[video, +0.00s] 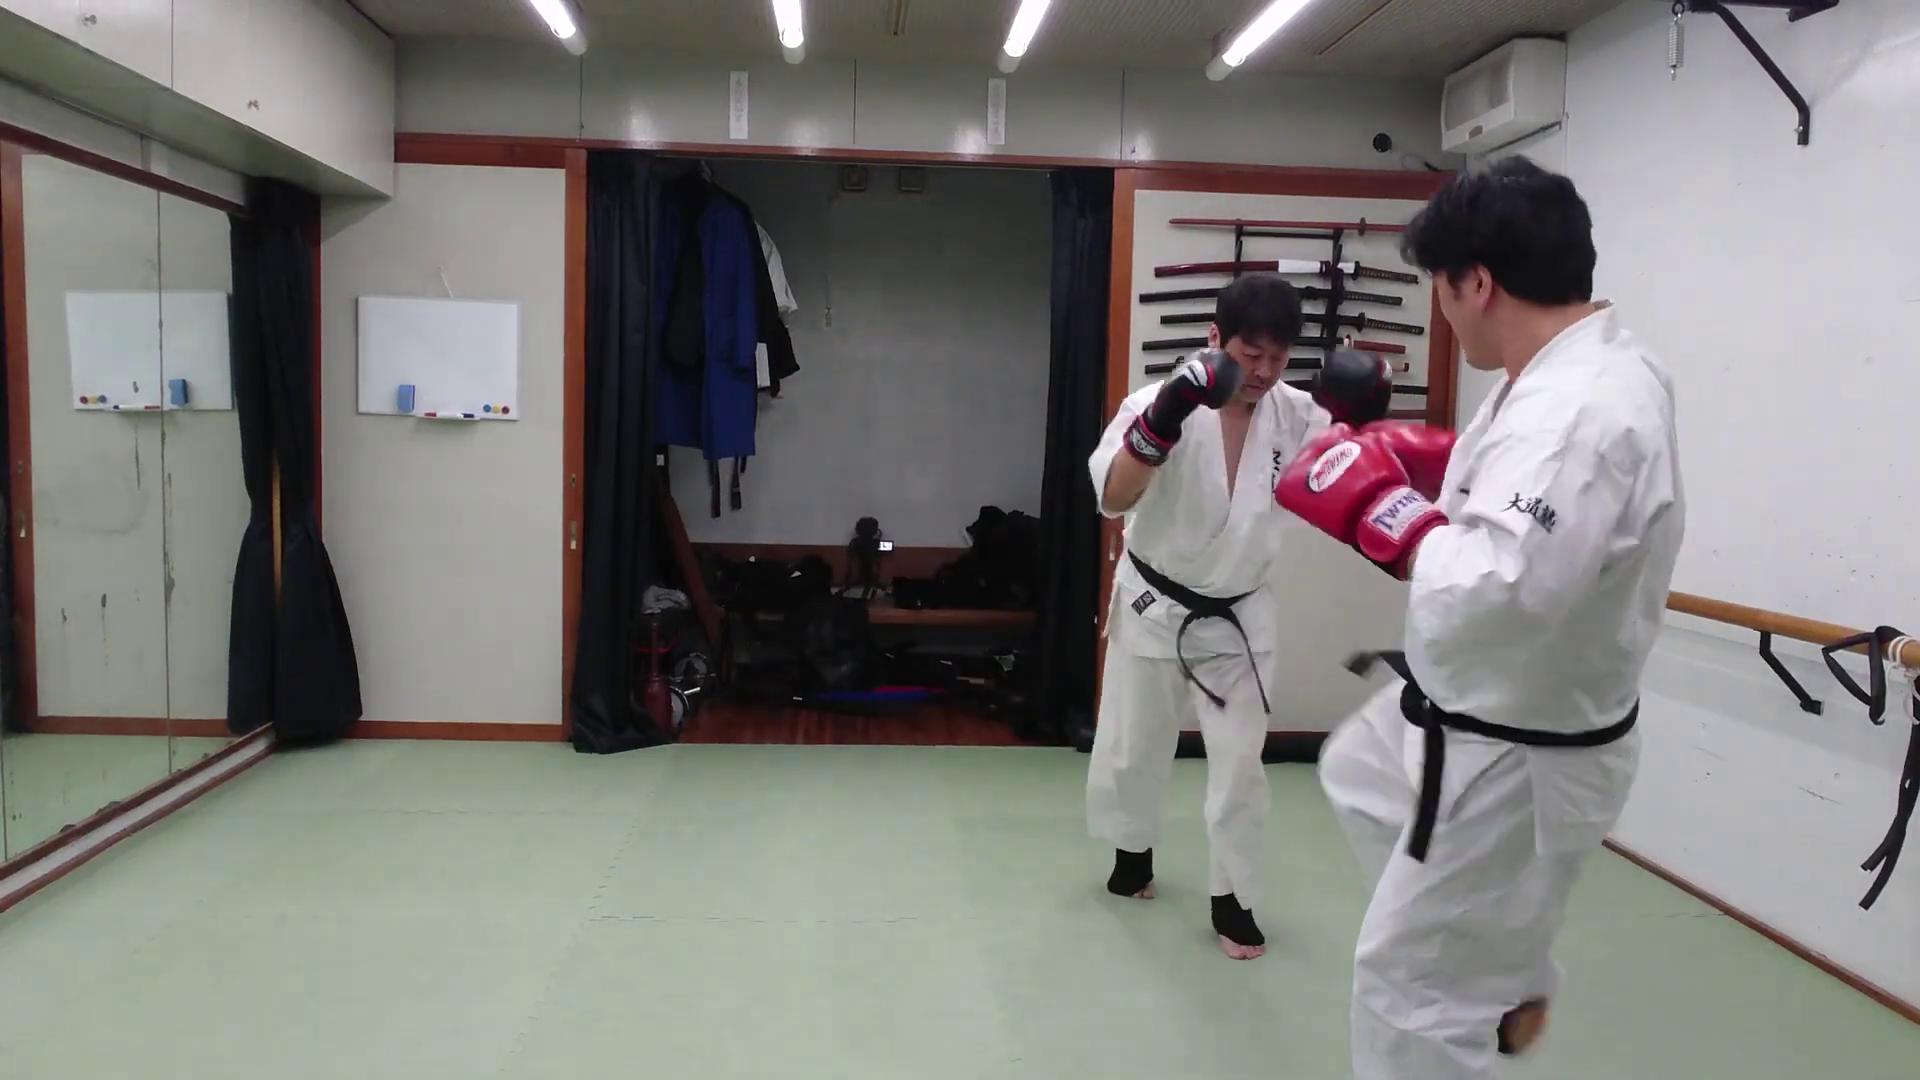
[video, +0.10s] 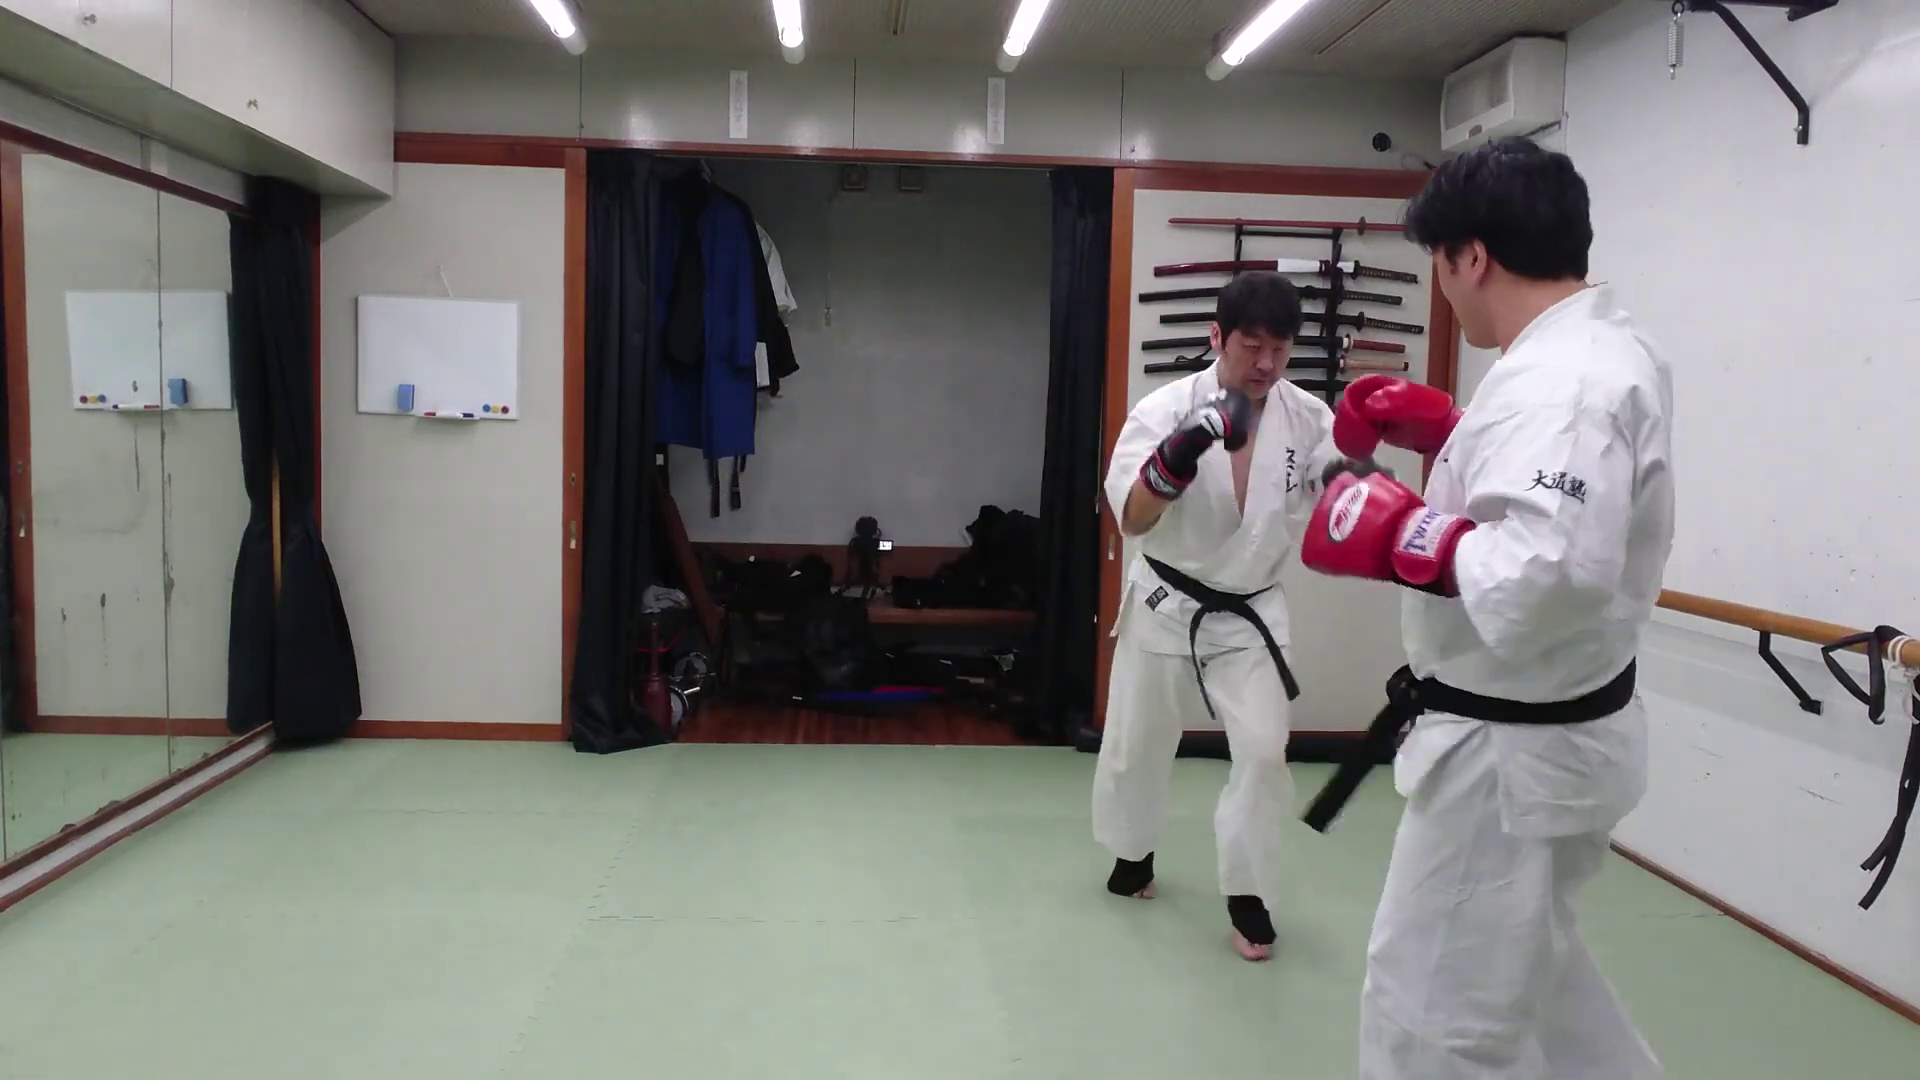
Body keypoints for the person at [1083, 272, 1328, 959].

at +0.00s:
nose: (1263, 369)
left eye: (1277, 356)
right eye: (1251, 352)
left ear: (1290, 352)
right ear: (1218, 340)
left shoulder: (1293, 412)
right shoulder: (1162, 403)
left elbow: (1351, 470)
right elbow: (1114, 498)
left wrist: (1362, 413)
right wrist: (1166, 418)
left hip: (1241, 607)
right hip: (1152, 599)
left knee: (1241, 762)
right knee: (1136, 743)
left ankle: (1232, 899)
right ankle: (1133, 852)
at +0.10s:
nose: (1267, 364)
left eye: (1280, 350)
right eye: (1253, 348)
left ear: (1292, 347)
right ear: (1218, 337)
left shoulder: (1307, 417)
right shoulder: (1163, 409)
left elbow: (1350, 490)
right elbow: (1132, 520)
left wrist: (1362, 471)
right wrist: (1171, 464)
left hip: (1252, 606)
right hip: (1162, 600)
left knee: (1264, 749)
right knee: (1137, 739)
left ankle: (1247, 891)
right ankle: (1132, 854)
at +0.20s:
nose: (1280, 350)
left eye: (1293, 336)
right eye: (1265, 332)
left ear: (1307, 338)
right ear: (1233, 330)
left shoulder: (1328, 417)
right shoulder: (1180, 407)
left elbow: (1347, 508)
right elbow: (1131, 513)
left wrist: (1351, 534)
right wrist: (1178, 506)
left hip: (1271, 606)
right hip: (1180, 599)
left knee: (1288, 757)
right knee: (1145, 739)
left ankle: (1309, 913)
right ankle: (1133, 858)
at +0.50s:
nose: (1312, 334)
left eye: (1319, 319)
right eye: (1310, 317)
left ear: (1340, 329)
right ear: (1295, 322)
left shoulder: (1387, 419)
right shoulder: (1237, 409)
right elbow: (1184, 502)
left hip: (1336, 629)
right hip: (1237, 620)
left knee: (1348, 775)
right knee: (1176, 755)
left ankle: (1364, 915)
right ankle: (1175, 852)